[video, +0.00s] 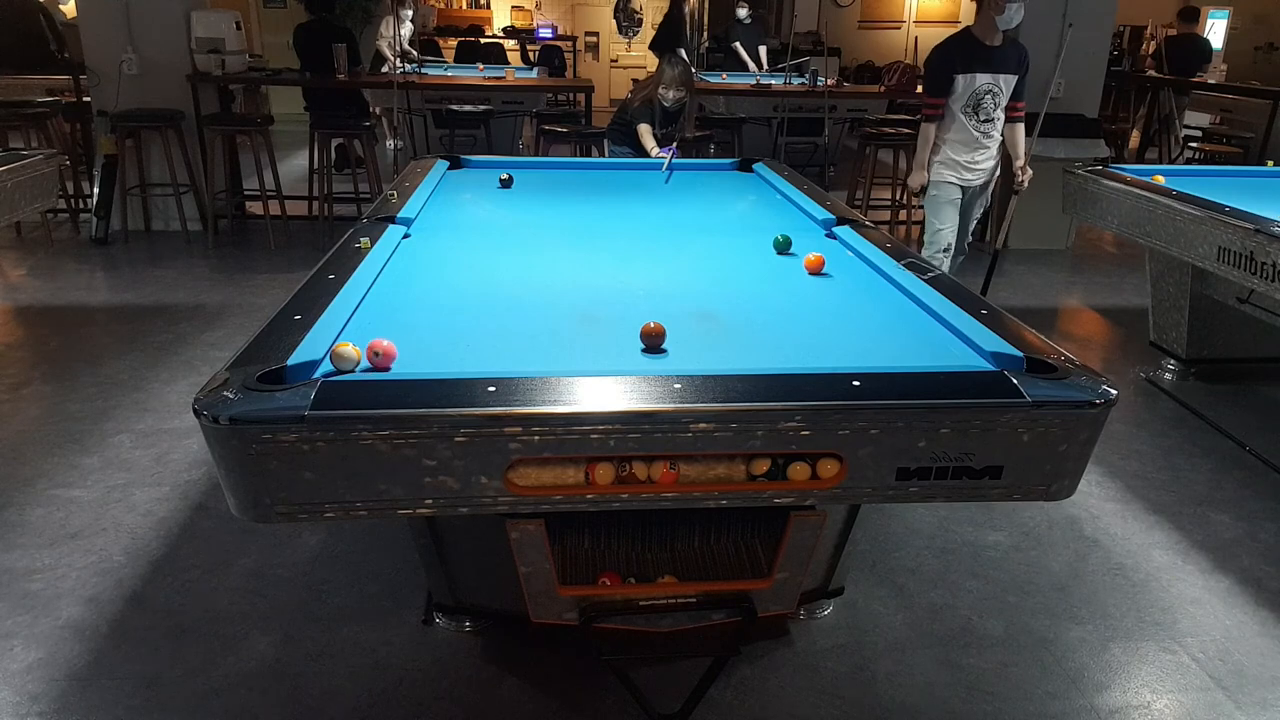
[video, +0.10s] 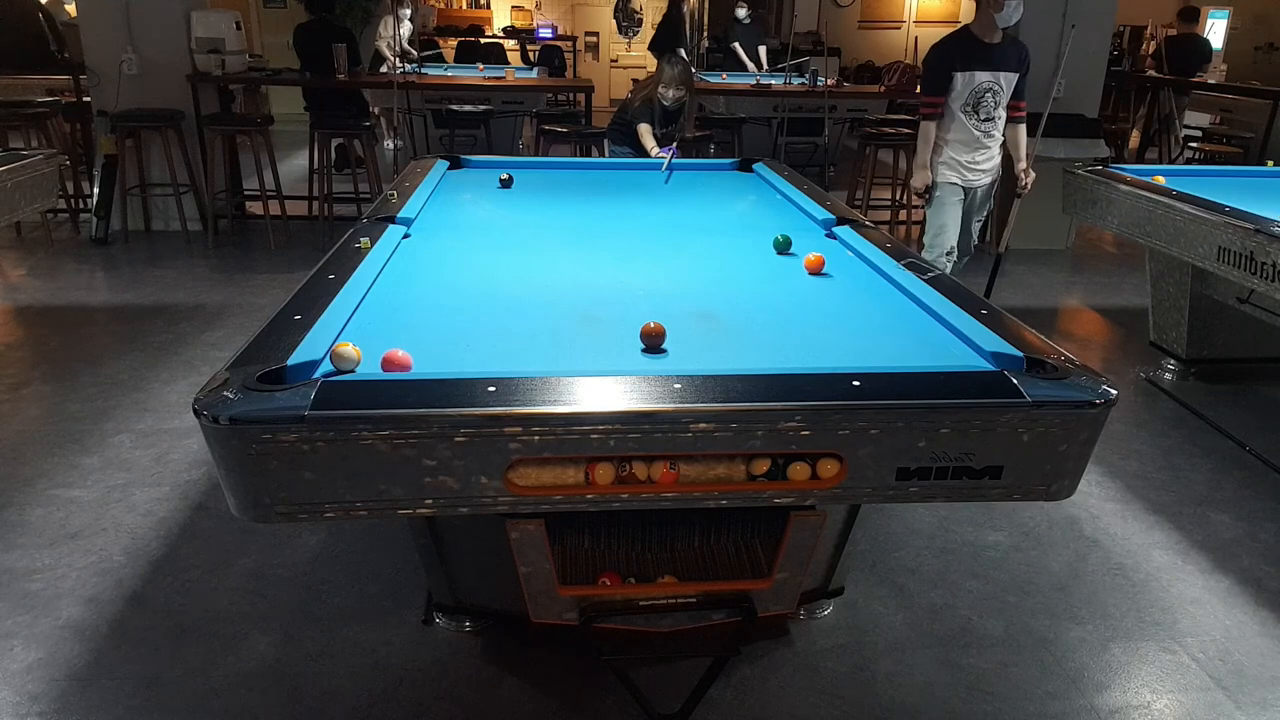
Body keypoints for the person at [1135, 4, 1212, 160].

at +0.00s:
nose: (1176, 24)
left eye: (1177, 21)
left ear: (1178, 21)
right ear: (1197, 22)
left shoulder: (1168, 41)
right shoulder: (1205, 43)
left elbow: (1150, 64)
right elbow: (1205, 70)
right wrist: (1187, 67)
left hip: (1162, 91)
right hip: (1183, 93)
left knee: (1142, 125)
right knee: (1173, 129)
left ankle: (1131, 159)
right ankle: (1169, 164)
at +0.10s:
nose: (1176, 24)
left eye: (1176, 21)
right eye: (1177, 22)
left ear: (1178, 21)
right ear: (1197, 22)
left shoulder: (1168, 41)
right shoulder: (1204, 43)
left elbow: (1150, 64)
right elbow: (1204, 69)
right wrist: (1187, 66)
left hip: (1162, 92)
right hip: (1183, 93)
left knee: (1142, 125)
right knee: (1173, 129)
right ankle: (1169, 164)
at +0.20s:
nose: (1176, 24)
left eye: (1176, 21)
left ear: (1178, 21)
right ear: (1197, 22)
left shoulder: (1168, 41)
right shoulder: (1205, 44)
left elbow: (1149, 64)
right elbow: (1205, 69)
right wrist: (1187, 67)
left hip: (1162, 92)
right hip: (1183, 93)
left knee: (1142, 126)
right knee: (1173, 129)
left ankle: (1131, 159)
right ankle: (1168, 164)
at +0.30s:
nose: (1176, 24)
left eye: (1176, 21)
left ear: (1178, 21)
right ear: (1197, 22)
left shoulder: (1167, 41)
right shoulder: (1204, 43)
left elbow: (1150, 64)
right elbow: (1204, 69)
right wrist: (1187, 66)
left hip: (1162, 92)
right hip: (1183, 93)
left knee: (1142, 125)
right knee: (1173, 129)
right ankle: (1168, 164)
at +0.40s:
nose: (1176, 24)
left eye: (1176, 21)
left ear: (1178, 21)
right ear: (1197, 22)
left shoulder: (1167, 41)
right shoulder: (1204, 43)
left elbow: (1150, 64)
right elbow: (1204, 69)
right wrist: (1187, 66)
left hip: (1162, 92)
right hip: (1183, 93)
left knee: (1142, 125)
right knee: (1173, 129)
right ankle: (1168, 164)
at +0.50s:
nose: (1176, 24)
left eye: (1176, 21)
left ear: (1178, 21)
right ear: (1197, 22)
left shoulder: (1167, 41)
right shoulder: (1204, 43)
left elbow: (1150, 64)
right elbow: (1205, 69)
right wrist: (1187, 66)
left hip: (1162, 92)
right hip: (1183, 93)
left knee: (1142, 125)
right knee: (1173, 129)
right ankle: (1168, 164)